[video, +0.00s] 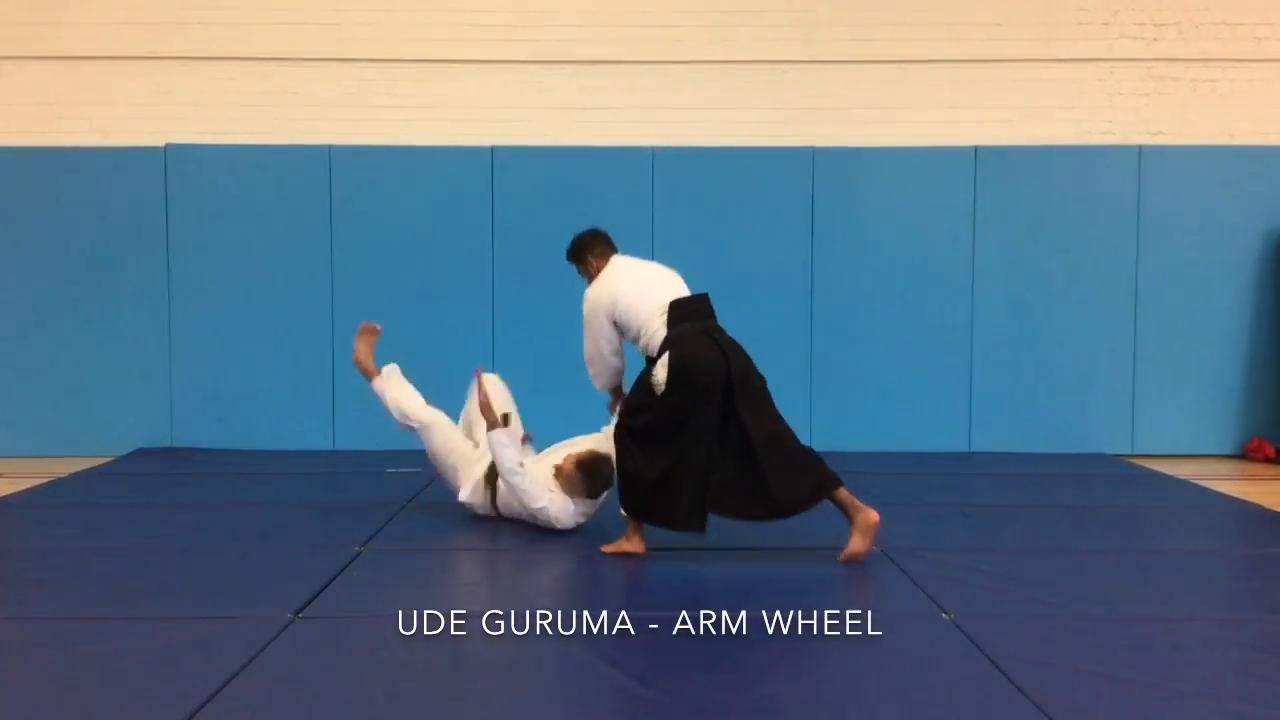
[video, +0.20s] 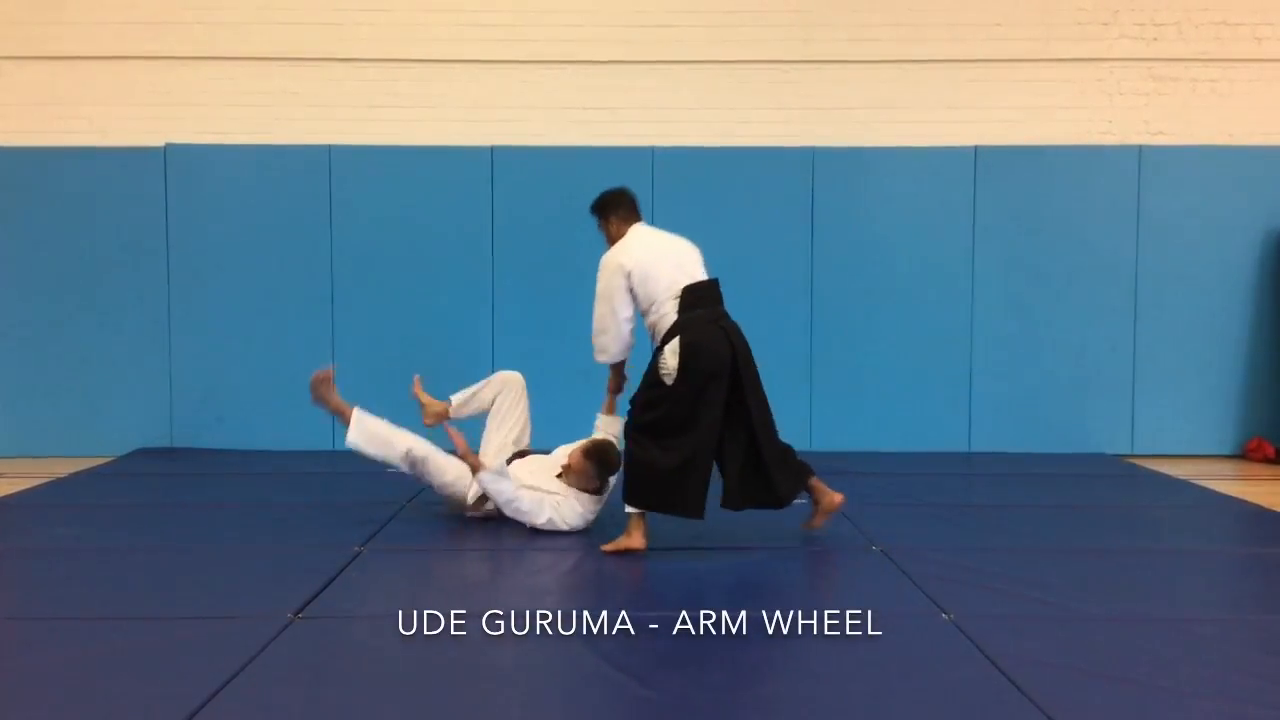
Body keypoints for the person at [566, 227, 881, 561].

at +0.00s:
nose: (583, 277)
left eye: (581, 270)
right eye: (582, 270)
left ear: (589, 262)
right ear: (611, 251)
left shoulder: (598, 291)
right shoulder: (650, 267)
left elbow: (603, 364)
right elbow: (674, 316)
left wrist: (614, 394)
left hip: (680, 361)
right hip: (723, 349)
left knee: (632, 433)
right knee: (773, 436)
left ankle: (633, 535)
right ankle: (858, 513)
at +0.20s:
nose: (604, 235)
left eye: (602, 227)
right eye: (601, 228)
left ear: (611, 223)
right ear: (636, 216)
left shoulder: (618, 257)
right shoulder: (677, 242)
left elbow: (614, 329)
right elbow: (687, 295)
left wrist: (616, 373)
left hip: (684, 345)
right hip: (724, 334)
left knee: (643, 429)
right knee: (747, 426)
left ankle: (636, 528)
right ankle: (822, 492)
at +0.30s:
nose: (628, 222)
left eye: (627, 214)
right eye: (627, 214)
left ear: (637, 210)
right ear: (661, 206)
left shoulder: (641, 248)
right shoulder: (703, 238)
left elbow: (633, 319)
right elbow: (719, 294)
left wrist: (632, 378)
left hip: (695, 343)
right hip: (735, 335)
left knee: (649, 426)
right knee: (744, 420)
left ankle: (640, 529)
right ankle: (790, 498)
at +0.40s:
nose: (655, 213)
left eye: (656, 205)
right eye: (655, 206)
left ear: (667, 203)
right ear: (691, 201)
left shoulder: (673, 245)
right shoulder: (729, 238)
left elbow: (667, 317)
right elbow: (738, 297)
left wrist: (656, 379)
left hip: (714, 348)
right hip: (749, 342)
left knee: (667, 425)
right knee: (750, 425)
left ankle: (644, 522)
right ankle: (792, 503)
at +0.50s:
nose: (679, 204)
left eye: (682, 196)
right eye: (680, 196)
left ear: (697, 197)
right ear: (715, 197)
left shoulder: (702, 242)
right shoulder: (748, 236)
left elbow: (701, 312)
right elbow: (755, 296)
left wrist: (690, 372)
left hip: (728, 346)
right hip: (762, 340)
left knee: (681, 418)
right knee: (765, 425)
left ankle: (658, 512)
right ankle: (795, 507)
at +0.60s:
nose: (698, 197)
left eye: (701, 190)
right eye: (699, 189)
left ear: (716, 191)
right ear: (733, 192)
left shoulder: (721, 235)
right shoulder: (761, 231)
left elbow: (726, 302)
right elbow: (761, 295)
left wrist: (725, 362)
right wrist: (718, 338)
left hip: (738, 337)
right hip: (771, 335)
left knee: (688, 412)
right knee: (775, 420)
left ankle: (688, 505)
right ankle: (799, 507)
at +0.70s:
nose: (708, 190)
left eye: (712, 184)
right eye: (710, 183)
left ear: (728, 187)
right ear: (742, 188)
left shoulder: (731, 230)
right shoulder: (766, 225)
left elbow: (743, 295)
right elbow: (753, 293)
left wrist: (746, 355)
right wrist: (713, 330)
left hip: (741, 334)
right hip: (771, 330)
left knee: (694, 411)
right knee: (782, 419)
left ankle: (707, 499)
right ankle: (801, 508)